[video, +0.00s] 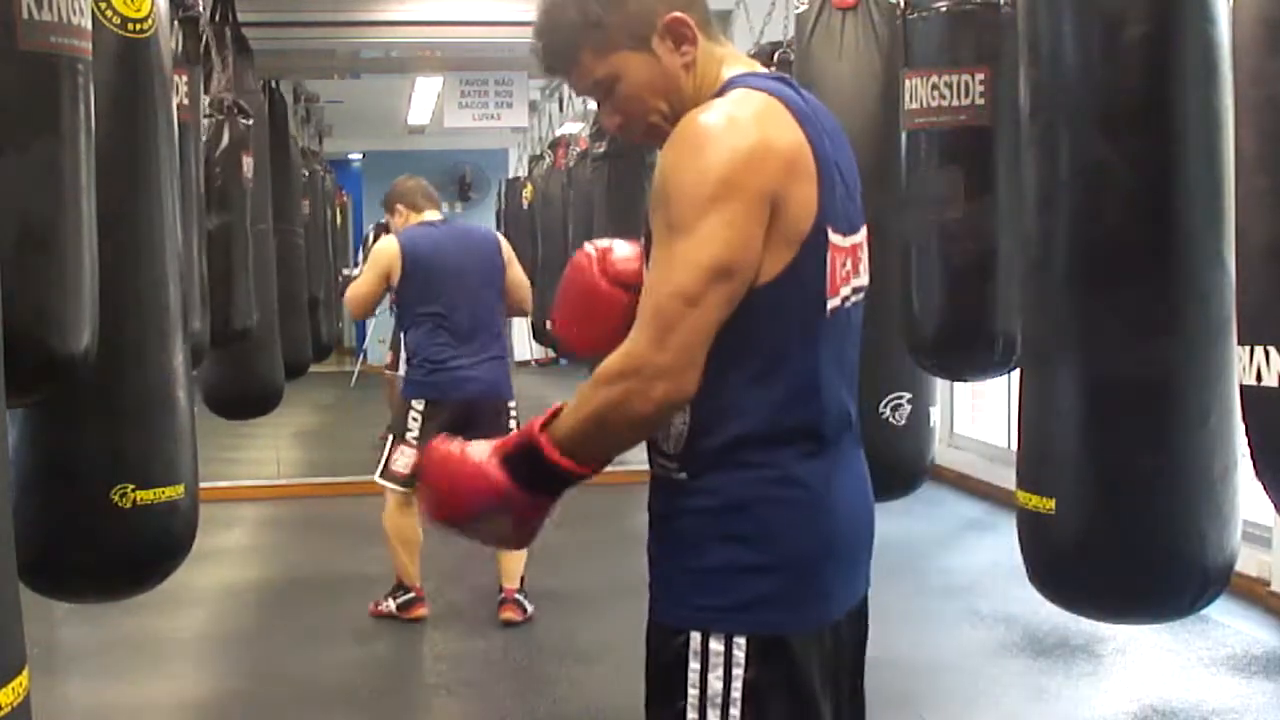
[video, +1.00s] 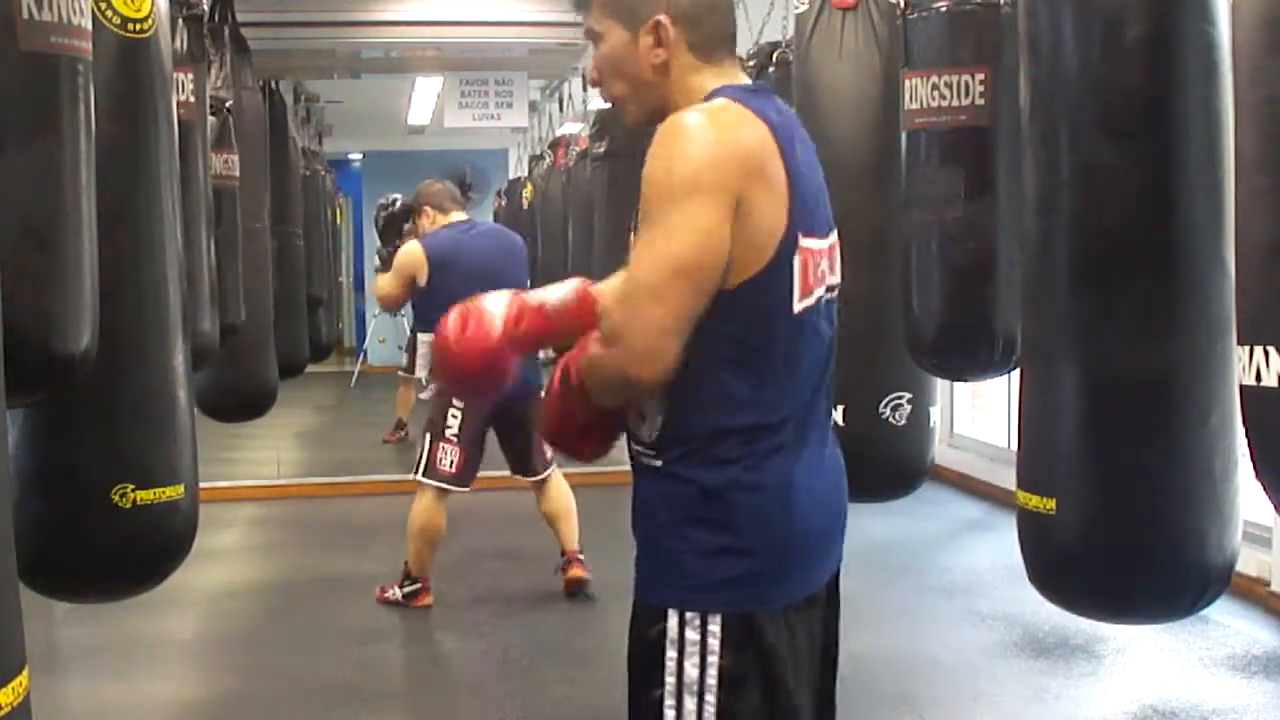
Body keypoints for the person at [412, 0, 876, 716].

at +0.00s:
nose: (608, 121)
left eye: (607, 90)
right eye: (593, 102)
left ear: (677, 39)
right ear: (682, 42)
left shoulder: (723, 136)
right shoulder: (796, 116)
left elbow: (657, 375)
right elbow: (780, 323)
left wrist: (523, 470)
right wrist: (650, 309)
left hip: (742, 546)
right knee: (819, 705)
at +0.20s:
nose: (615, 122)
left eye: (613, 95)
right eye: (603, 104)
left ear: (679, 49)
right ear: (684, 49)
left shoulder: (728, 137)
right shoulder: (793, 112)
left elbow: (662, 374)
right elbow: (755, 260)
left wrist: (566, 442)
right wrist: (603, 260)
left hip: (734, 542)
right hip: (809, 517)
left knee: (710, 710)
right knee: (831, 707)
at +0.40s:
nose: (616, 122)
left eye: (615, 93)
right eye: (604, 102)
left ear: (684, 52)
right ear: (687, 55)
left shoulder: (741, 137)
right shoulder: (751, 118)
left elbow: (644, 371)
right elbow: (640, 252)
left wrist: (583, 406)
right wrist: (547, 301)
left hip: (732, 546)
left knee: (716, 711)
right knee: (824, 706)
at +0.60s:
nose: (605, 104)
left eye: (608, 73)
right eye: (595, 80)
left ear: (685, 44)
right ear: (683, 50)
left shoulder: (747, 133)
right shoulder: (690, 120)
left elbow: (619, 343)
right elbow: (614, 251)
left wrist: (619, 421)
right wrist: (562, 342)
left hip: (729, 536)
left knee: (710, 710)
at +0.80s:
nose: (590, 72)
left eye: (601, 37)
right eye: (585, 45)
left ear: (680, 27)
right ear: (679, 34)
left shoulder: (719, 119)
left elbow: (577, 303)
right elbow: (566, 273)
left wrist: (619, 374)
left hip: (729, 533)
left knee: (709, 711)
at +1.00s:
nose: (590, 71)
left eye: (596, 39)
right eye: (588, 43)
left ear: (659, 39)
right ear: (661, 40)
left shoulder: (701, 135)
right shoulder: (765, 119)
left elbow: (639, 355)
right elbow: (673, 276)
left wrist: (586, 394)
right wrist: (529, 318)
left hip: (719, 528)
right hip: (790, 502)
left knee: (695, 710)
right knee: (789, 706)